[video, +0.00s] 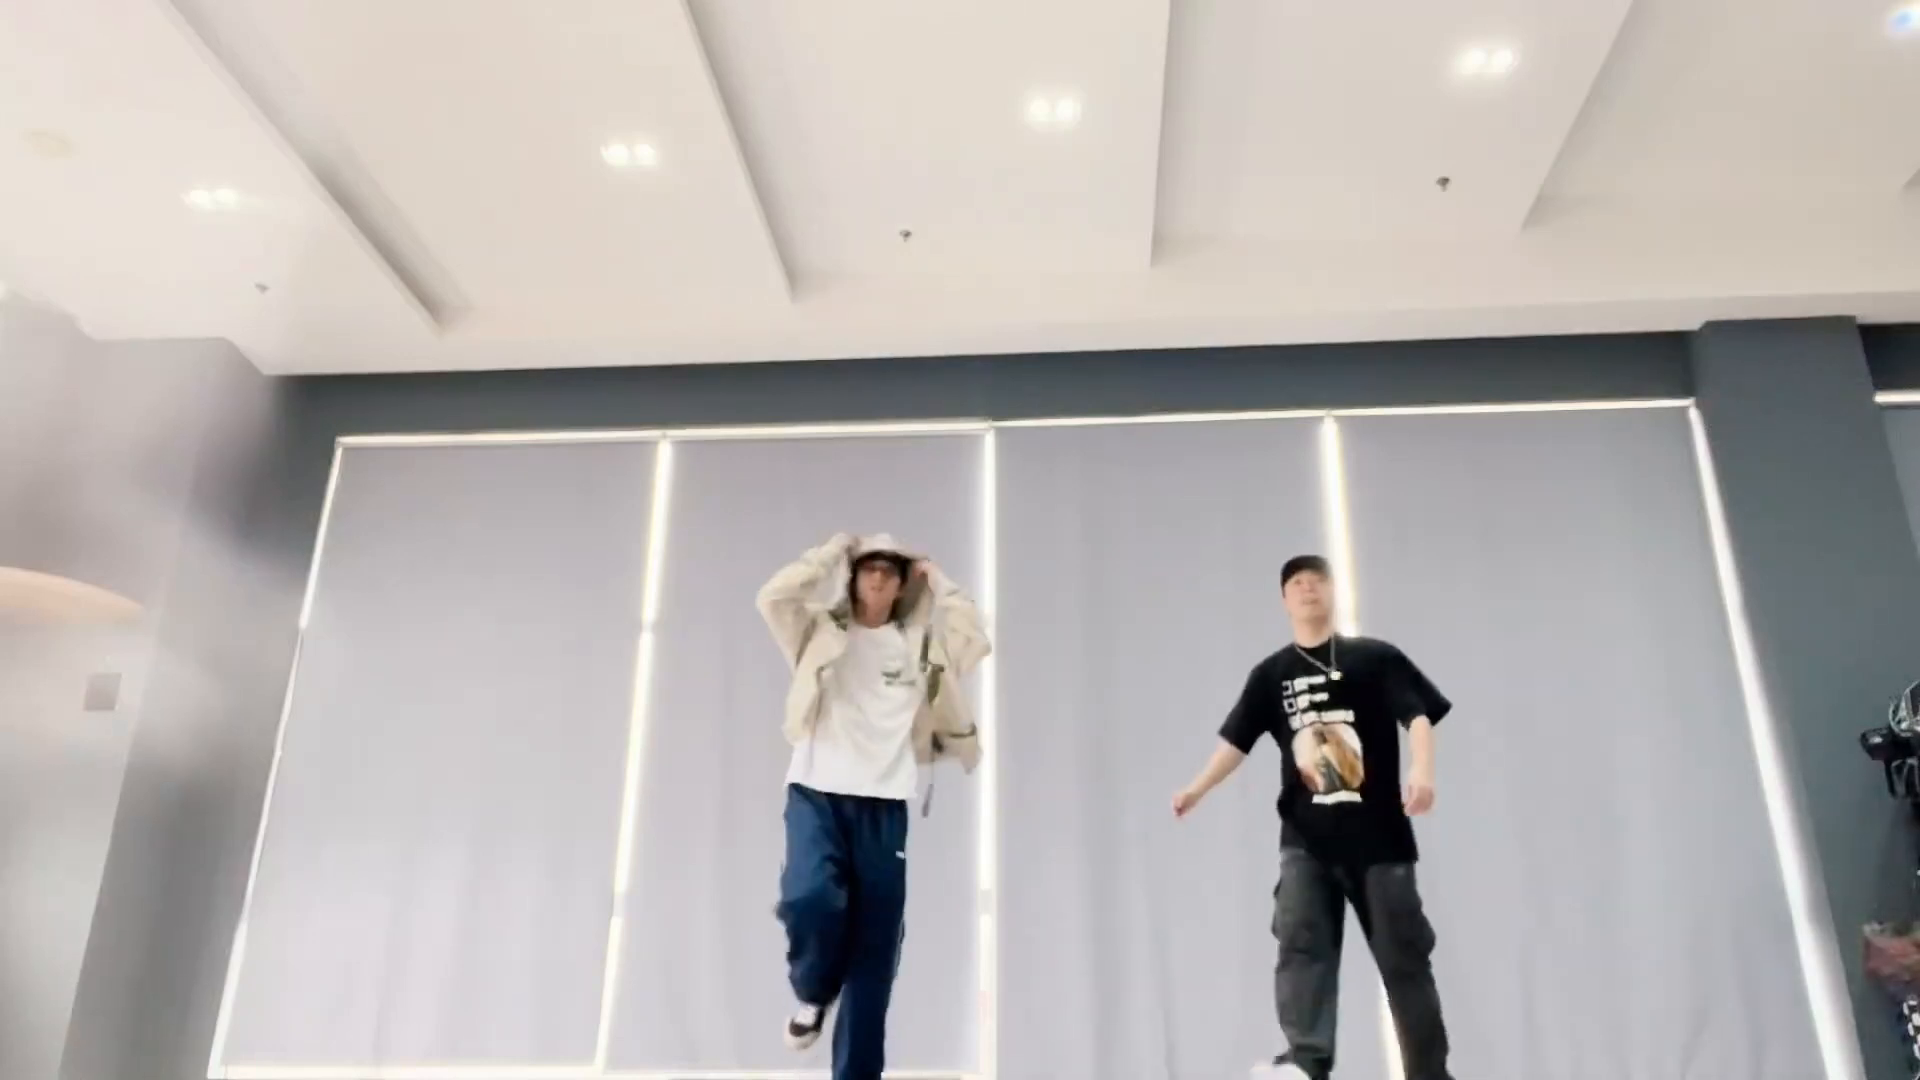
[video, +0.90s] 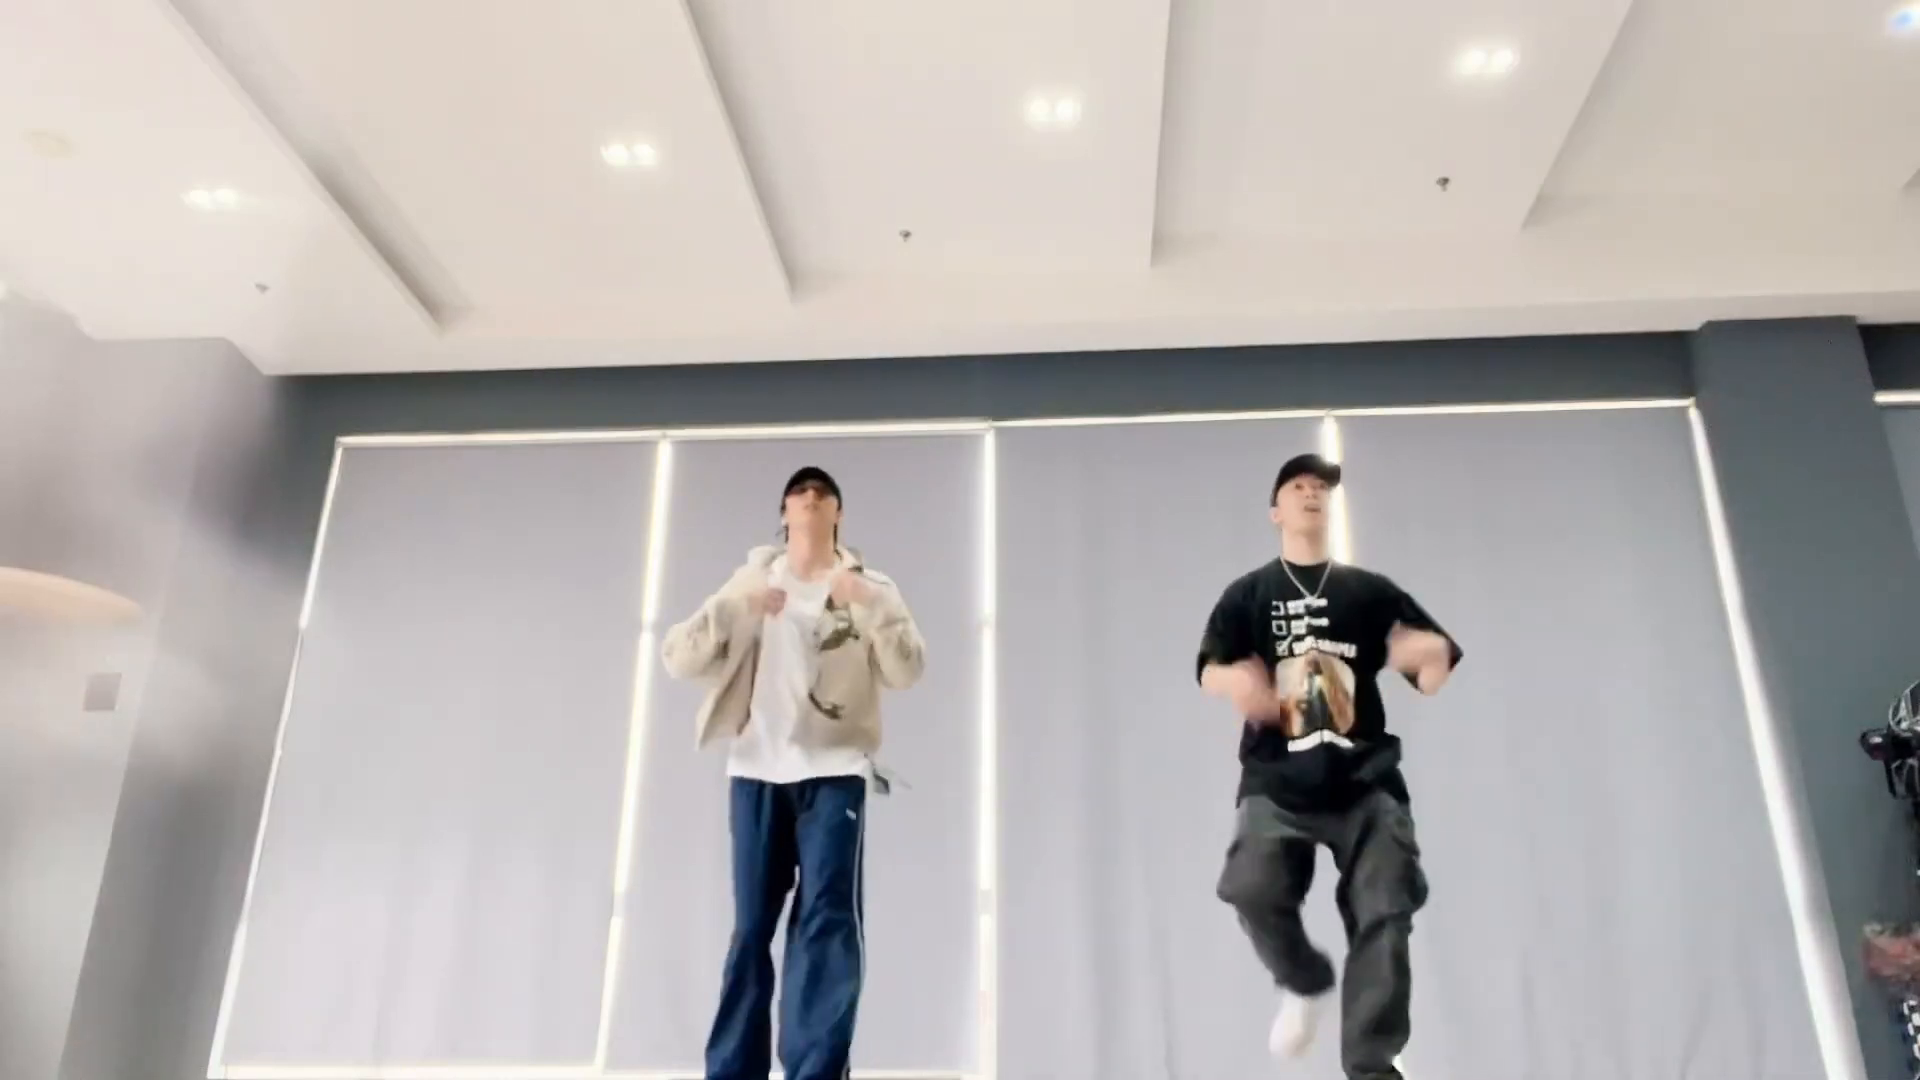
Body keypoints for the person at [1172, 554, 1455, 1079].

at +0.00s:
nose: (1309, 589)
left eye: (1317, 580)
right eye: (1297, 584)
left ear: (1333, 592)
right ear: (1285, 601)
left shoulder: (1376, 658)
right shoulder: (1270, 675)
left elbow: (1418, 717)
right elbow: (1236, 741)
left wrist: (1421, 774)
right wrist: (1197, 788)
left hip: (1378, 833)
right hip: (1308, 838)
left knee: (1402, 953)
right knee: (1300, 943)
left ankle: (1429, 1072)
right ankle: (1306, 1061)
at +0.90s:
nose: (1311, 496)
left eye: (1320, 490)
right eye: (1298, 489)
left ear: (1333, 509)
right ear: (1276, 510)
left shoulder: (1372, 591)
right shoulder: (1247, 595)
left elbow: (1435, 660)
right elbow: (1211, 670)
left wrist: (1427, 654)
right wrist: (1244, 682)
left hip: (1364, 777)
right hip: (1277, 781)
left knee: (1385, 909)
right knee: (1252, 888)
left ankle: (1373, 1063)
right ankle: (1305, 984)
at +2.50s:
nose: (1305, 502)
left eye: (1315, 495)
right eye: (1291, 492)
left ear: (1326, 513)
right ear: (1260, 509)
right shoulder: (1243, 616)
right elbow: (1262, 720)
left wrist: (1425, 667)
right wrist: (1273, 753)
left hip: (1403, 785)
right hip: (1313, 796)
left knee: (1476, 893)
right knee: (1258, 909)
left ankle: (1590, 1053)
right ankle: (1307, 1071)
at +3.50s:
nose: (1300, 532)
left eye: (1309, 525)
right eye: (1286, 524)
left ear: (1320, 543)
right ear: (1262, 542)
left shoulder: (1346, 591)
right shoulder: (1239, 595)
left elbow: (1442, 560)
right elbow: (1145, 561)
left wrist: (1388, 576)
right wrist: (1218, 573)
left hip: (1349, 801)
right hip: (1268, 796)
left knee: (1394, 930)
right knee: (1267, 920)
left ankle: (1399, 1076)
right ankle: (1268, 1069)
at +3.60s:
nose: (1296, 483)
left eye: (1305, 476)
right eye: (1283, 476)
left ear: (1318, 495)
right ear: (1260, 496)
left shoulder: (1350, 568)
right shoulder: (1234, 566)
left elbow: (1393, 645)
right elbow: (1179, 642)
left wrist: (1404, 706)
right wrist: (1193, 686)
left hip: (1348, 764)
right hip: (1265, 760)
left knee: (1379, 912)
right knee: (1263, 904)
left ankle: (1391, 1067)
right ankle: (1268, 1064)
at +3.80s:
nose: (1297, 494)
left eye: (1307, 488)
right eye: (1284, 487)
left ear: (1320, 507)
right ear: (1262, 508)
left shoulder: (1351, 593)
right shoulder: (1232, 588)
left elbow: (1352, 694)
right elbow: (1231, 681)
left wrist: (1391, 769)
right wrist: (1223, 768)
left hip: (1342, 768)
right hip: (1264, 764)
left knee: (1354, 923)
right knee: (1269, 919)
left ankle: (1369, 1070)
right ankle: (1275, 1066)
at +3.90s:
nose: (1299, 501)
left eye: (1308, 493)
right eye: (1286, 493)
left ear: (1321, 512)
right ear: (1263, 513)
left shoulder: (1350, 582)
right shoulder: (1234, 577)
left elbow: (1423, 637)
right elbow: (1175, 647)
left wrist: (1401, 633)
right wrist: (1189, 648)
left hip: (1338, 767)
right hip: (1263, 767)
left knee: (1369, 912)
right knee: (1269, 908)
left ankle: (1375, 1065)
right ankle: (1275, 1065)